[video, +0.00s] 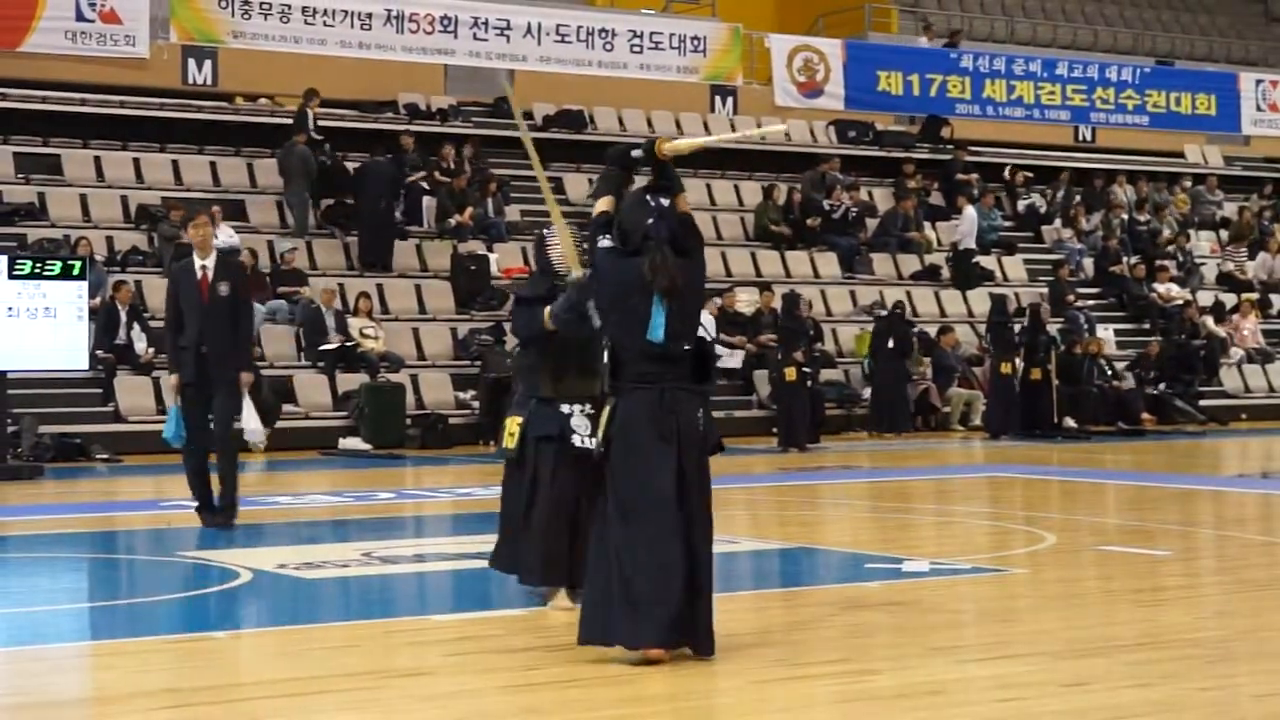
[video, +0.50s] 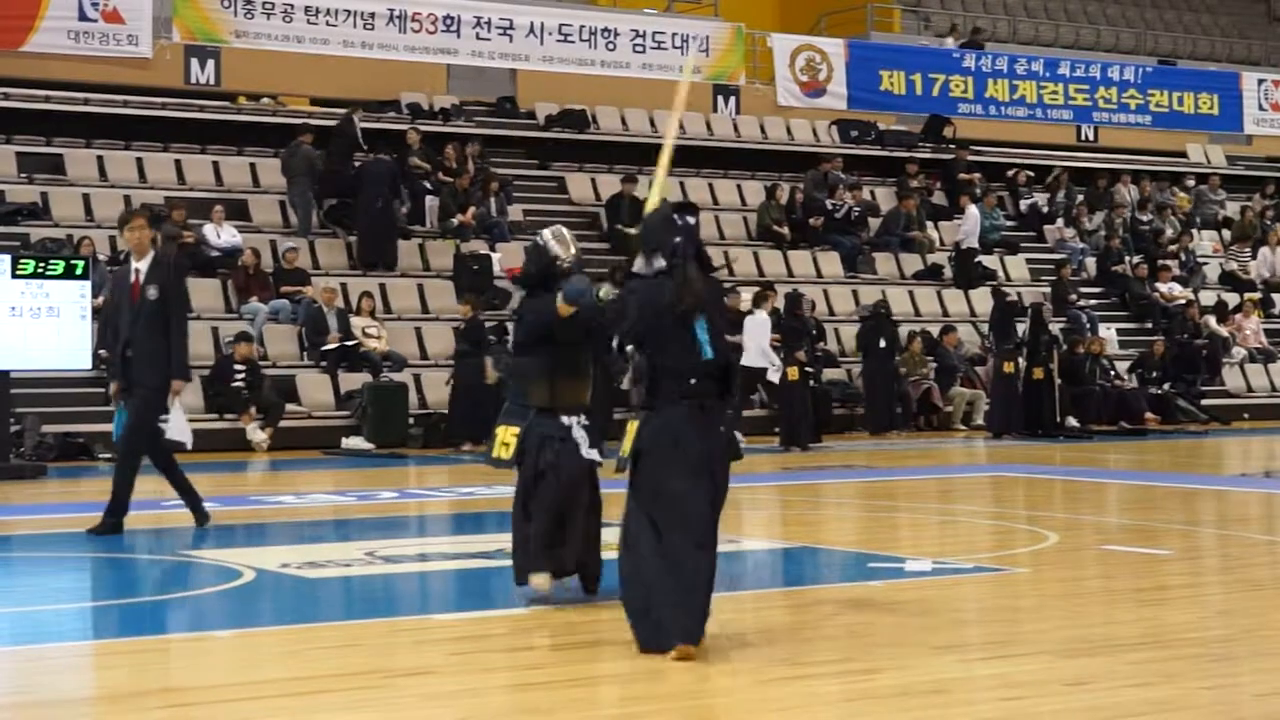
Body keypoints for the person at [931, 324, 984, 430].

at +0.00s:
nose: (955, 338)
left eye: (954, 335)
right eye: (951, 335)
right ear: (942, 337)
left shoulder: (951, 353)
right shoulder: (938, 353)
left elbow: (962, 364)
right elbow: (951, 367)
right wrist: (960, 368)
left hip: (954, 387)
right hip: (941, 389)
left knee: (977, 395)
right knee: (960, 394)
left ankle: (975, 421)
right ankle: (953, 423)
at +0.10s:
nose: (955, 338)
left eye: (955, 335)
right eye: (952, 335)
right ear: (942, 337)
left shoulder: (952, 353)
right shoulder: (939, 353)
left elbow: (963, 364)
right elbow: (950, 366)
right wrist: (960, 368)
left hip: (954, 387)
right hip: (941, 388)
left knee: (978, 395)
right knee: (960, 394)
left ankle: (975, 421)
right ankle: (954, 423)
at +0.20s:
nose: (956, 338)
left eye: (955, 335)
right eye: (952, 335)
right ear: (943, 337)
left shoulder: (952, 353)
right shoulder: (939, 352)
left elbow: (964, 364)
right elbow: (951, 367)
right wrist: (960, 368)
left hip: (954, 387)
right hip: (942, 389)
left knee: (978, 395)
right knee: (961, 394)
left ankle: (975, 421)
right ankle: (955, 423)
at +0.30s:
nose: (956, 338)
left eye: (955, 335)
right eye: (953, 335)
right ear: (944, 337)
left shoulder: (952, 352)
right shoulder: (939, 352)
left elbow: (964, 364)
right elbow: (950, 366)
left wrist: (956, 367)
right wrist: (961, 367)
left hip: (955, 387)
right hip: (943, 388)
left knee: (979, 395)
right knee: (962, 393)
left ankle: (976, 421)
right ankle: (955, 423)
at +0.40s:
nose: (957, 338)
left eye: (956, 335)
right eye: (954, 335)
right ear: (945, 337)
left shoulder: (954, 352)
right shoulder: (940, 352)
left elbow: (965, 364)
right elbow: (950, 366)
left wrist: (958, 367)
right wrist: (962, 367)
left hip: (956, 387)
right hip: (944, 388)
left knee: (980, 395)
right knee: (962, 393)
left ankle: (976, 420)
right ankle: (955, 422)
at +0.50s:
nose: (957, 338)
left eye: (956, 335)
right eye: (954, 335)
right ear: (945, 337)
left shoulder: (954, 352)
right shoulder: (940, 352)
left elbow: (966, 364)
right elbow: (951, 366)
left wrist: (958, 367)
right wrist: (962, 367)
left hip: (957, 387)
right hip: (944, 388)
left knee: (980, 395)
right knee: (963, 393)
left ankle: (977, 420)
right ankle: (956, 423)